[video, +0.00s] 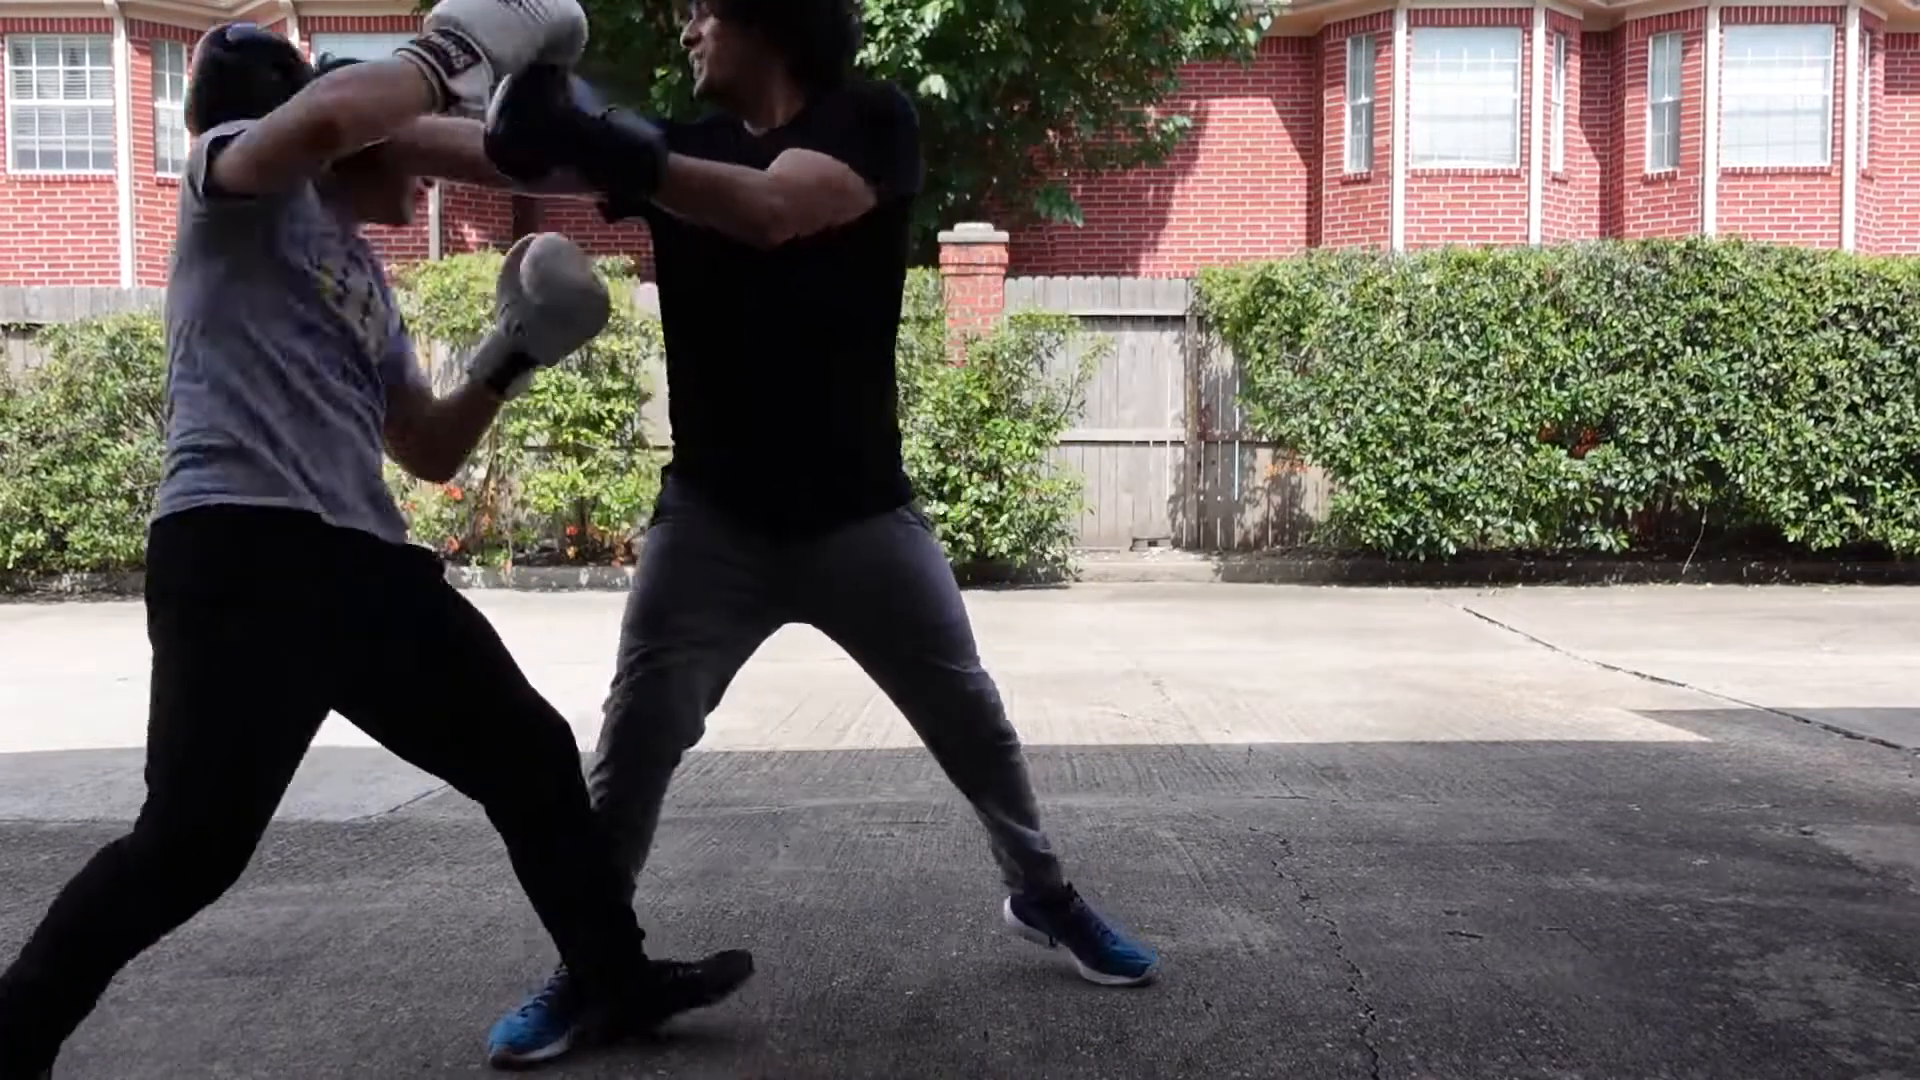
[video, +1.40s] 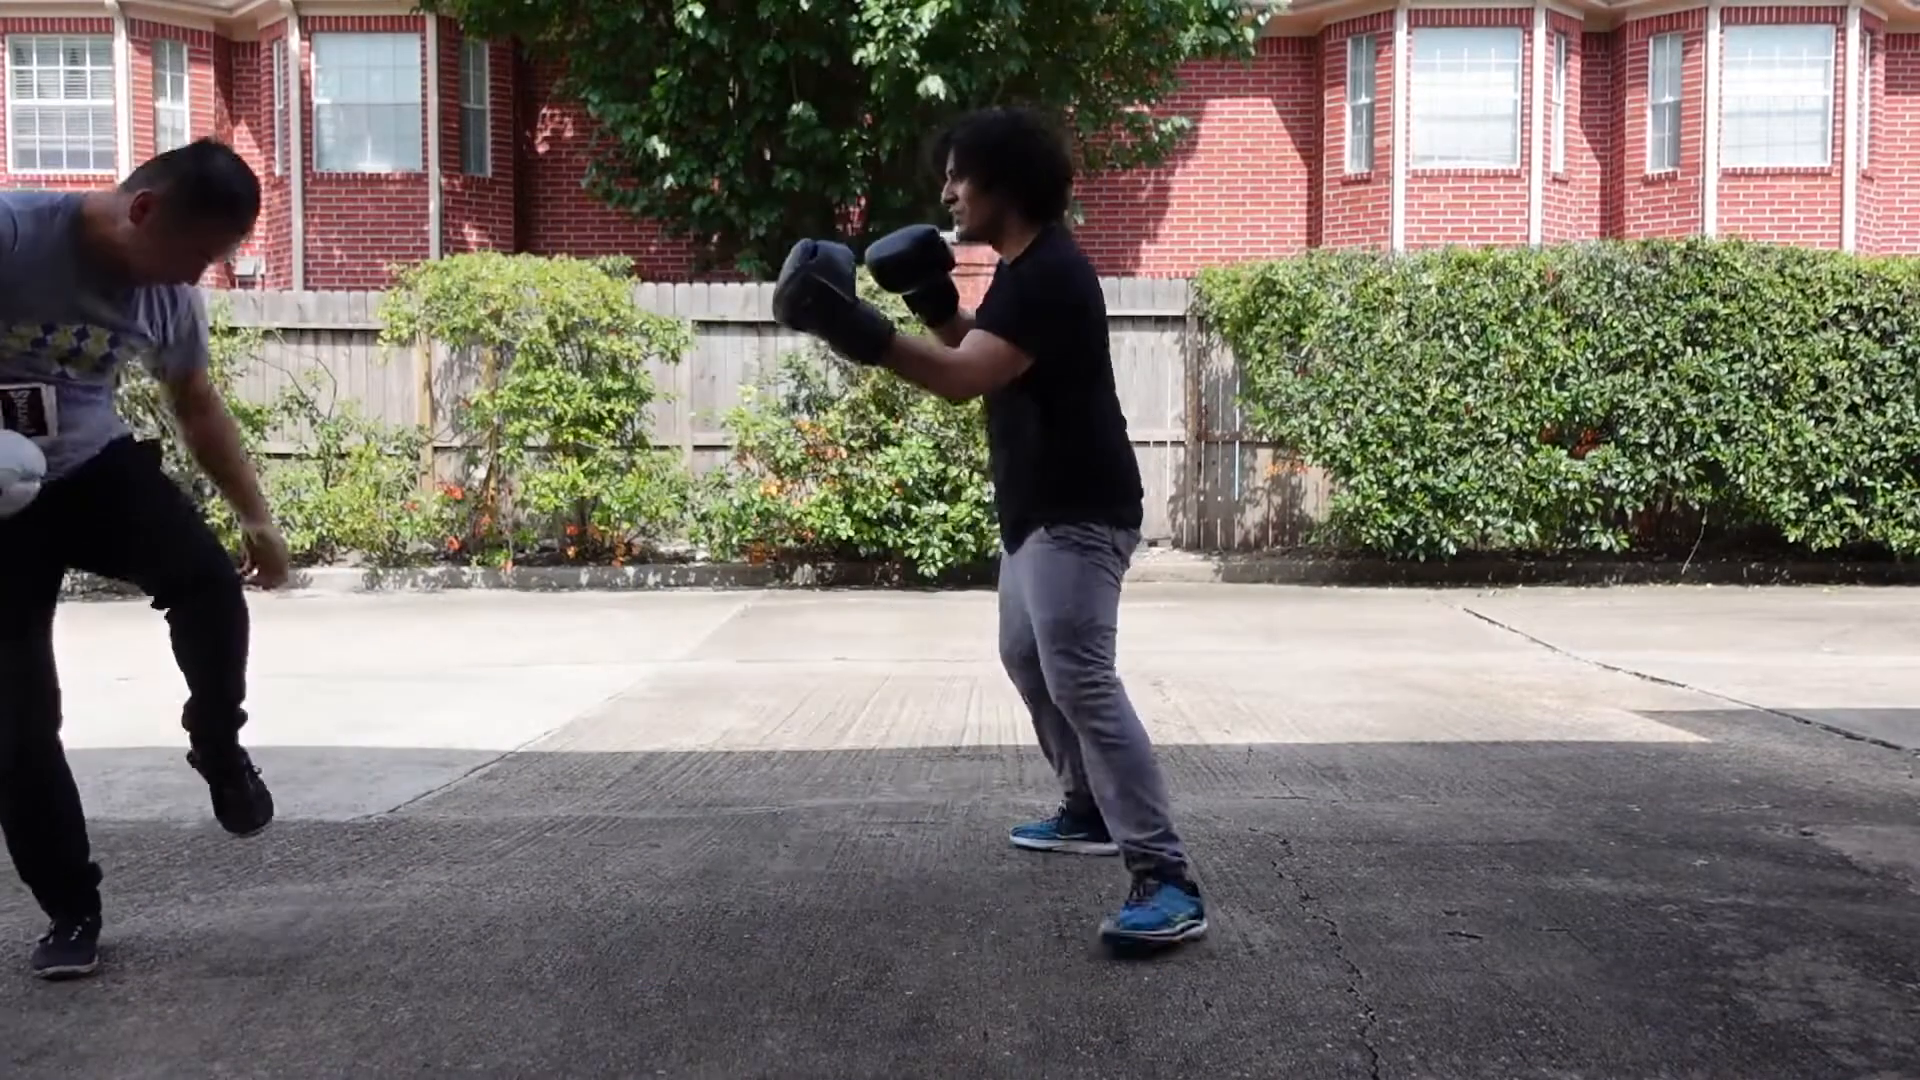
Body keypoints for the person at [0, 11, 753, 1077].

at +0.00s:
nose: (417, 166)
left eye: (421, 147)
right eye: (398, 144)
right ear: (332, 130)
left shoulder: (362, 289)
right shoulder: (235, 185)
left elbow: (431, 449)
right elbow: (331, 116)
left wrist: (508, 352)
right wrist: (453, 58)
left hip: (363, 558)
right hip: (235, 545)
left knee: (529, 758)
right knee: (191, 848)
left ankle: (616, 980)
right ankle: (18, 1034)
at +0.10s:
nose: (289, 139)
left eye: (298, 122)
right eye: (287, 118)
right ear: (256, 95)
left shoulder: (269, 249)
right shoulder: (117, 157)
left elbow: (400, 353)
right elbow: (289, 154)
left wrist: (489, 246)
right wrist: (375, 72)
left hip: (265, 562)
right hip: (135, 558)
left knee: (441, 745)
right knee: (128, 838)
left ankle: (558, 972)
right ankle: (12, 1054)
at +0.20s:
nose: (275, 72)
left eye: (278, 50)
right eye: (255, 44)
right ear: (174, 37)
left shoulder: (230, 178)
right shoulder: (70, 115)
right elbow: (174, 218)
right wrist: (334, 157)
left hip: (217, 500)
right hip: (87, 503)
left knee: (402, 666)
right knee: (69, 795)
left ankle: (481, 929)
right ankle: (13, 1049)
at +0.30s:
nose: (237, 24)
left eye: (236, 7)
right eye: (215, 4)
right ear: (134, 10)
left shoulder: (233, 138)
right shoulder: (33, 112)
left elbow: (317, 267)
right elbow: (110, 277)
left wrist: (430, 206)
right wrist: (282, 227)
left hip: (205, 462)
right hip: (51, 478)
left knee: (370, 636)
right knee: (16, 756)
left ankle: (357, 875)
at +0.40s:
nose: (198, 58)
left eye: (210, 39)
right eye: (176, 28)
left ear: (214, 52)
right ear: (95, 22)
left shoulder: (207, 177)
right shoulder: (19, 153)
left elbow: (309, 299)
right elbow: (5, 328)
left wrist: (407, 275)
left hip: (192, 491)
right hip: (39, 503)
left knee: (333, 676)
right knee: (3, 752)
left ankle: (272, 877)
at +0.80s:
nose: (174, 153)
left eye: (187, 133)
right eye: (161, 128)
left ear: (196, 118)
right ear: (95, 92)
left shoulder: (180, 208)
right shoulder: (10, 182)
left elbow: (233, 340)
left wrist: (281, 385)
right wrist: (7, 327)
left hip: (161, 482)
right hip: (30, 495)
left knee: (241, 683)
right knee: (34, 724)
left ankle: (244, 912)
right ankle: (56, 913)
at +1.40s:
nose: (197, 277)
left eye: (210, 263)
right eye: (194, 256)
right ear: (142, 207)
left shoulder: (170, 295)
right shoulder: (16, 232)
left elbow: (197, 403)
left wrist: (257, 517)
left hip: (96, 469)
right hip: (5, 499)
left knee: (208, 583)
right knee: (18, 721)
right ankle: (70, 912)